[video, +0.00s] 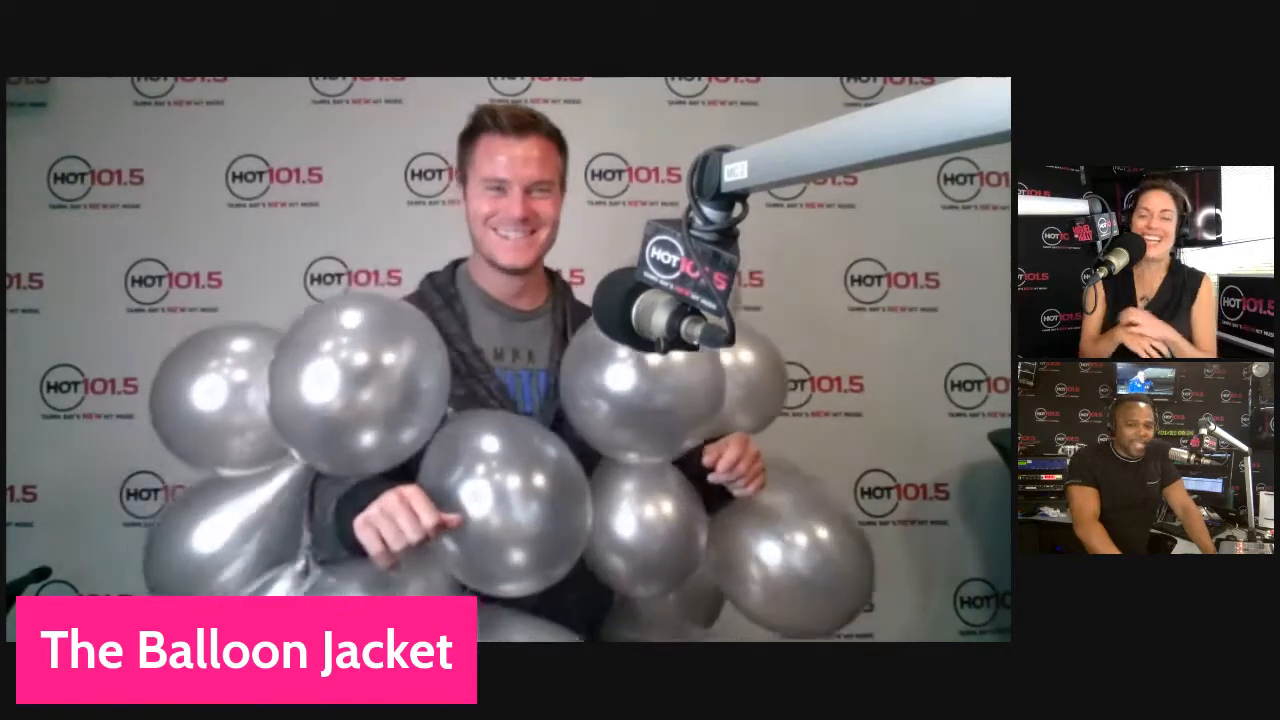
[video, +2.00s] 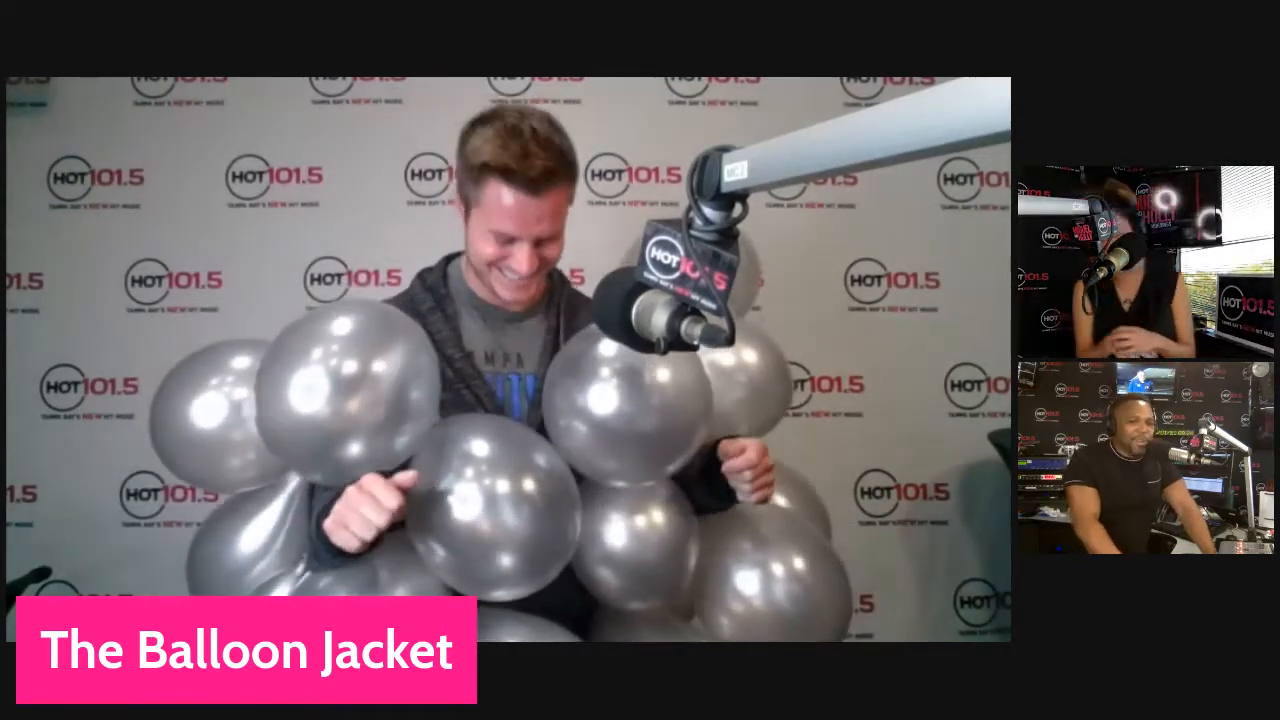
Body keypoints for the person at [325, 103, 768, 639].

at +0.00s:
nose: (517, 211)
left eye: (538, 190)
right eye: (495, 188)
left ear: (561, 201)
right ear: (461, 193)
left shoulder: (599, 336)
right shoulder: (404, 335)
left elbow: (645, 472)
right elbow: (331, 483)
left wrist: (712, 465)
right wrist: (369, 506)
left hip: (588, 616)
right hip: (447, 616)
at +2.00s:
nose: (524, 263)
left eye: (545, 241)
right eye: (502, 238)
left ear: (566, 219)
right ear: (462, 210)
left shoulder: (597, 332)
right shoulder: (398, 335)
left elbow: (654, 467)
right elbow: (334, 469)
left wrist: (720, 472)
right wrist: (343, 511)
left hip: (585, 605)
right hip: (441, 606)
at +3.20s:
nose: (504, 201)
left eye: (524, 182)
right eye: (481, 182)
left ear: (552, 198)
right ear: (451, 198)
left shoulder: (598, 336)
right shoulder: (390, 339)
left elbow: (649, 460)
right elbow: (333, 459)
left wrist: (733, 475)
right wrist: (325, 514)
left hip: (585, 613)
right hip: (436, 612)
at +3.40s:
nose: (518, 196)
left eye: (539, 178)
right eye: (497, 177)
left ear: (568, 196)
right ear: (468, 192)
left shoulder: (614, 330)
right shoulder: (410, 333)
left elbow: (664, 456)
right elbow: (348, 453)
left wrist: (746, 477)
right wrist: (337, 508)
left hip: (599, 614)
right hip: (453, 612)